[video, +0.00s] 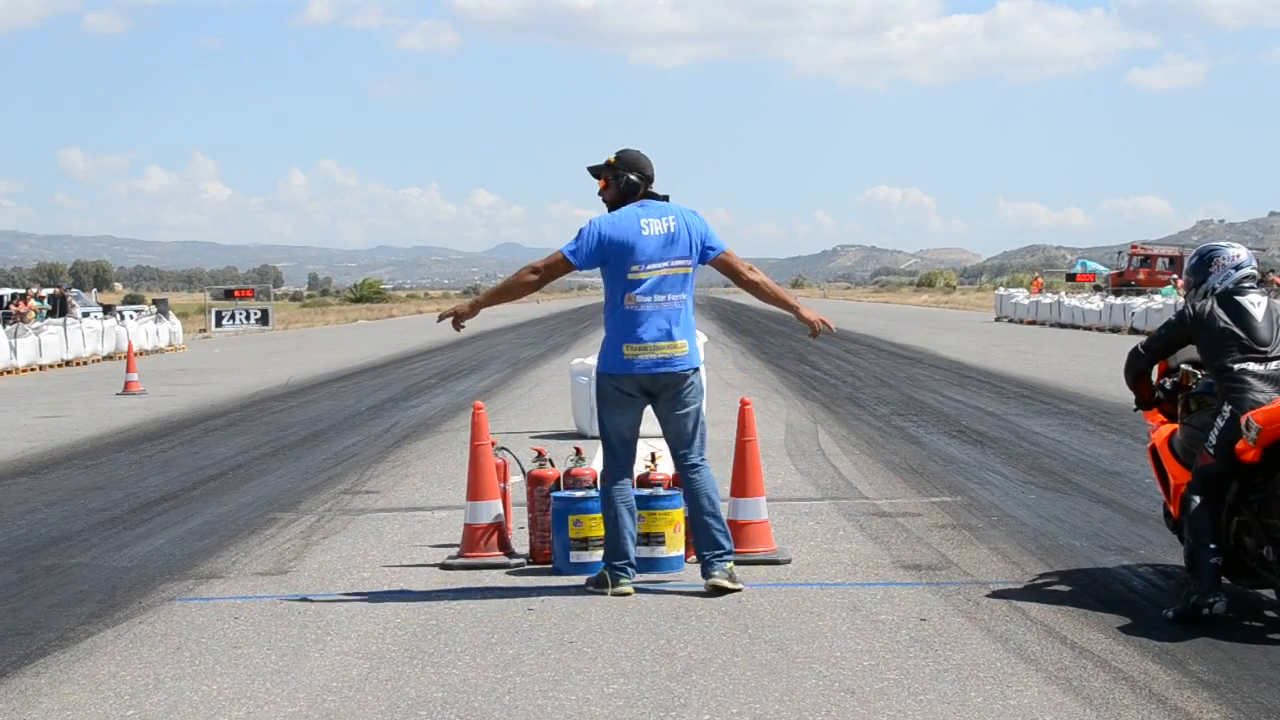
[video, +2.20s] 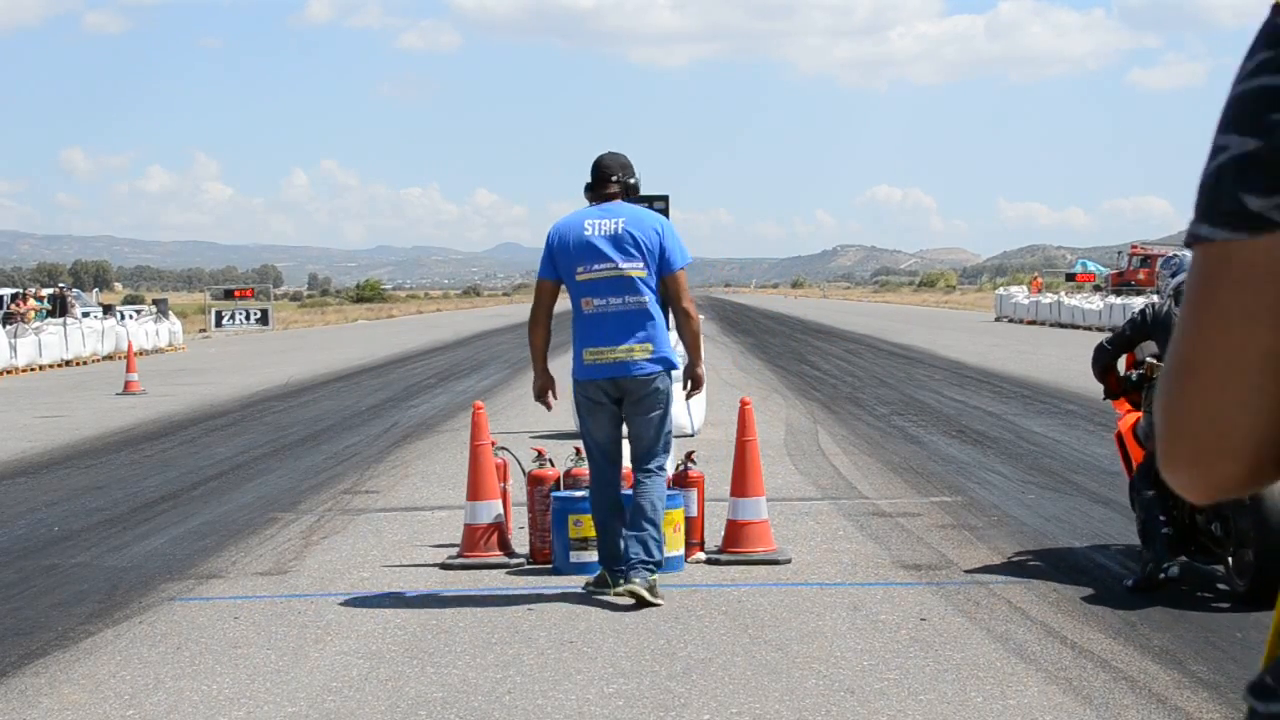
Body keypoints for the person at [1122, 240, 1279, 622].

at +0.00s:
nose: (1187, 288)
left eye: (1191, 280)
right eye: (1188, 281)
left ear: (1206, 276)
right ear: (1245, 268)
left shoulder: (1200, 309)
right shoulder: (1273, 303)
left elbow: (1139, 357)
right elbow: (1260, 353)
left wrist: (1148, 397)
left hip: (1244, 404)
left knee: (1199, 494)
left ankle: (1206, 592)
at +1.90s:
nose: (1163, 283)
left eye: (1164, 277)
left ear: (1169, 278)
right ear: (1213, 276)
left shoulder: (1158, 312)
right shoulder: (1238, 310)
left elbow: (1101, 354)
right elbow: (1271, 344)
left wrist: (1109, 380)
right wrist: (1253, 370)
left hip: (1199, 399)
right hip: (1251, 391)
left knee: (1158, 477)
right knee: (1267, 464)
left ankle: (1164, 559)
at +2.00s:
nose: (1162, 286)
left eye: (1164, 280)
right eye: (1163, 280)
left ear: (1172, 279)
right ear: (1212, 276)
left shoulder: (1162, 311)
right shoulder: (1241, 311)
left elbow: (1107, 351)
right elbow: (1250, 350)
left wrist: (1111, 380)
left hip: (1199, 402)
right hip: (1244, 400)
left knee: (1149, 478)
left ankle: (1165, 546)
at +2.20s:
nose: (1160, 289)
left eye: (1160, 282)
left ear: (1166, 282)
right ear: (1198, 280)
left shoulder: (1157, 314)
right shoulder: (1222, 312)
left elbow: (1104, 353)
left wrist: (1116, 386)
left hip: (1169, 425)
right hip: (1223, 419)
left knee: (1144, 482)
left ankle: (1155, 559)